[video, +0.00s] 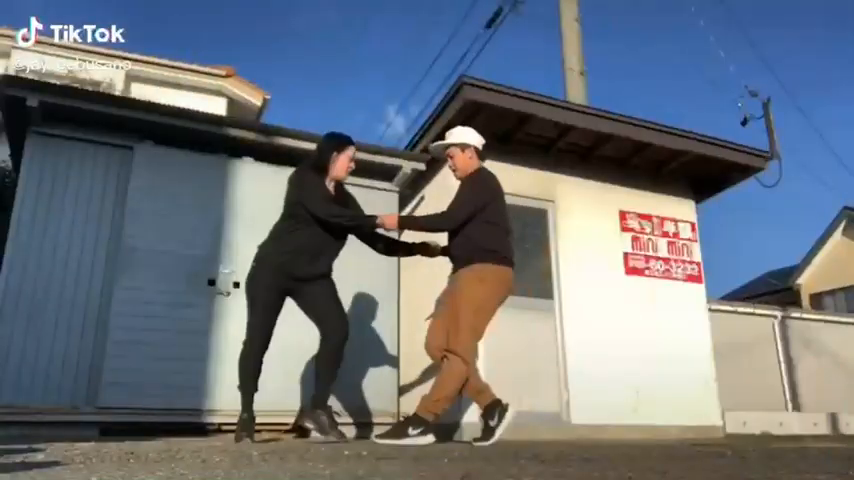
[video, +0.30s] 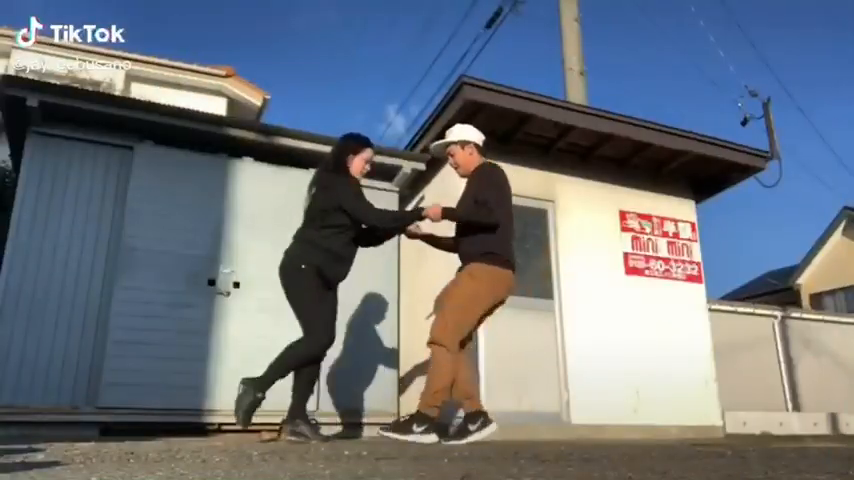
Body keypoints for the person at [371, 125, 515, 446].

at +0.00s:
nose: (448, 162)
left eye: (451, 155)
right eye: (447, 157)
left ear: (470, 153)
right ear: (466, 155)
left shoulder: (481, 180)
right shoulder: (474, 185)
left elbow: (450, 220)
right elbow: (469, 242)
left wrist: (401, 222)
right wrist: (439, 250)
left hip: (485, 270)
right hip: (468, 271)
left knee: (460, 346)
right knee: (437, 344)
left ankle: (424, 420)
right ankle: (491, 406)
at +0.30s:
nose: (450, 162)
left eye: (452, 154)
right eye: (448, 156)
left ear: (469, 149)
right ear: (467, 152)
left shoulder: (488, 173)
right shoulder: (478, 185)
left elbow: (490, 216)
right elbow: (464, 244)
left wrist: (446, 213)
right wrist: (424, 236)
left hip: (486, 269)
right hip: (488, 272)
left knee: (444, 336)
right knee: (453, 339)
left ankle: (425, 417)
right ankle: (474, 414)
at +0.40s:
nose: (456, 159)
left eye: (458, 151)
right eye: (454, 154)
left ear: (476, 145)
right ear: (474, 149)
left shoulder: (497, 168)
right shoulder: (481, 186)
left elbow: (507, 210)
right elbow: (457, 239)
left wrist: (461, 207)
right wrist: (419, 224)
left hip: (490, 267)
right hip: (504, 272)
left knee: (440, 321)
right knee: (472, 341)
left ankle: (471, 400)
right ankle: (479, 418)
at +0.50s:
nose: (465, 159)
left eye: (467, 152)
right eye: (463, 154)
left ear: (485, 146)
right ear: (482, 150)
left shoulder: (505, 170)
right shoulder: (487, 187)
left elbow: (515, 211)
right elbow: (461, 237)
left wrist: (470, 211)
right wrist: (423, 225)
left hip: (501, 270)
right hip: (503, 272)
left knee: (458, 331)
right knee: (483, 343)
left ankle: (514, 385)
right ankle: (481, 420)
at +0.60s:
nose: (471, 162)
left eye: (473, 154)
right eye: (470, 156)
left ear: (491, 148)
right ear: (488, 152)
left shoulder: (511, 174)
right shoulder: (497, 185)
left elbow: (518, 216)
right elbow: (470, 239)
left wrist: (476, 217)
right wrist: (431, 229)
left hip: (511, 274)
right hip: (499, 274)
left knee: (480, 342)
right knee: (485, 344)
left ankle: (538, 400)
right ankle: (482, 422)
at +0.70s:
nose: (479, 161)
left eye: (481, 154)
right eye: (477, 156)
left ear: (498, 148)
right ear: (495, 151)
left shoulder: (519, 174)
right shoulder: (503, 187)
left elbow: (526, 219)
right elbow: (493, 240)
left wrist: (482, 219)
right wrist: (452, 233)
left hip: (536, 270)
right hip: (509, 275)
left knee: (525, 344)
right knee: (488, 345)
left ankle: (565, 417)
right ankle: (483, 419)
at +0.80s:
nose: (488, 163)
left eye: (491, 155)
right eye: (486, 157)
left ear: (508, 150)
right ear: (504, 154)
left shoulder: (528, 178)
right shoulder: (513, 188)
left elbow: (528, 224)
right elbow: (517, 238)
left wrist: (482, 218)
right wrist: (483, 235)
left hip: (555, 267)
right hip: (528, 274)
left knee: (554, 343)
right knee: (497, 329)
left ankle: (571, 423)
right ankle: (527, 407)